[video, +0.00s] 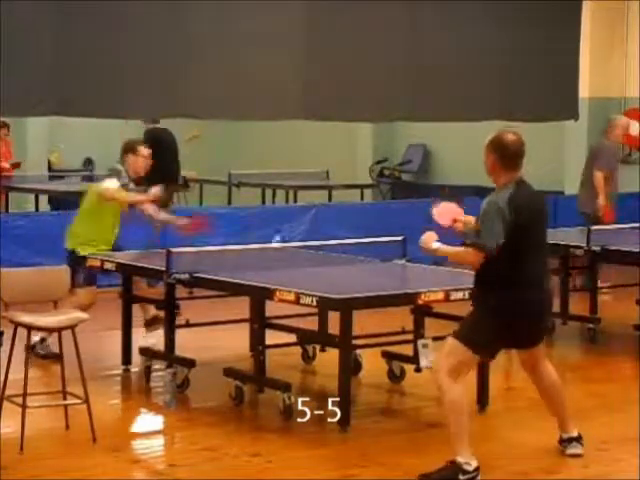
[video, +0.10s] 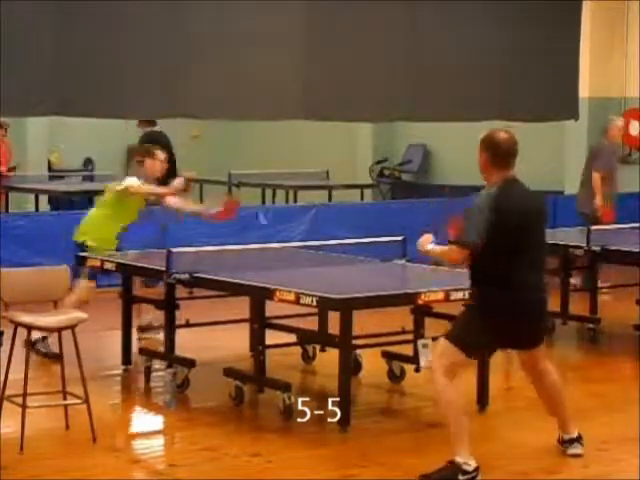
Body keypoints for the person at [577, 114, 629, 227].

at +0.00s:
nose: (623, 134)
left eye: (623, 130)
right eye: (621, 129)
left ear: (610, 129)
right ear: (612, 129)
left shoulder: (601, 145)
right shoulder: (608, 147)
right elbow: (598, 173)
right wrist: (602, 199)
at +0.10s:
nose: (620, 133)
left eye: (621, 129)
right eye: (618, 128)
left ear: (614, 131)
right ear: (609, 129)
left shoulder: (608, 148)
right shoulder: (604, 149)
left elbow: (603, 177)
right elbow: (596, 174)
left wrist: (607, 203)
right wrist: (599, 202)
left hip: (594, 207)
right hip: (595, 208)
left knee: (593, 245)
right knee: (595, 246)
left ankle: (580, 276)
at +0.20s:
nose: (620, 136)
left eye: (621, 132)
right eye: (617, 132)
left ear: (615, 134)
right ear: (608, 133)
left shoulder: (610, 152)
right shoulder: (602, 151)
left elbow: (607, 178)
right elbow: (593, 175)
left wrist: (614, 194)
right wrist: (594, 199)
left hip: (604, 205)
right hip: (597, 207)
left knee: (597, 245)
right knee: (595, 245)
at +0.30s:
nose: (621, 138)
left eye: (621, 134)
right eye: (618, 134)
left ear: (615, 135)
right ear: (608, 134)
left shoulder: (609, 154)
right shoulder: (602, 153)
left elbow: (608, 183)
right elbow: (592, 178)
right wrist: (593, 200)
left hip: (604, 206)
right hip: (597, 208)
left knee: (599, 245)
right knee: (595, 245)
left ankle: (598, 275)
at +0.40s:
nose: (626, 138)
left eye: (627, 134)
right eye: (624, 133)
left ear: (623, 136)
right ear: (615, 134)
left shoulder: (618, 153)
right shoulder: (608, 150)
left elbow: (621, 175)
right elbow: (596, 170)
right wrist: (600, 194)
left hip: (613, 203)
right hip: (604, 204)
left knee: (611, 241)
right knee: (607, 242)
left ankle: (605, 273)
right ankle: (602, 274)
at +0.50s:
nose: (634, 137)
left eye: (636, 132)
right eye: (630, 131)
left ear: (638, 133)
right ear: (622, 132)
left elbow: (632, 175)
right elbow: (605, 171)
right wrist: (611, 195)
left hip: (623, 199)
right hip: (611, 200)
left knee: (617, 238)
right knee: (607, 237)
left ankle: (608, 272)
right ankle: (603, 273)